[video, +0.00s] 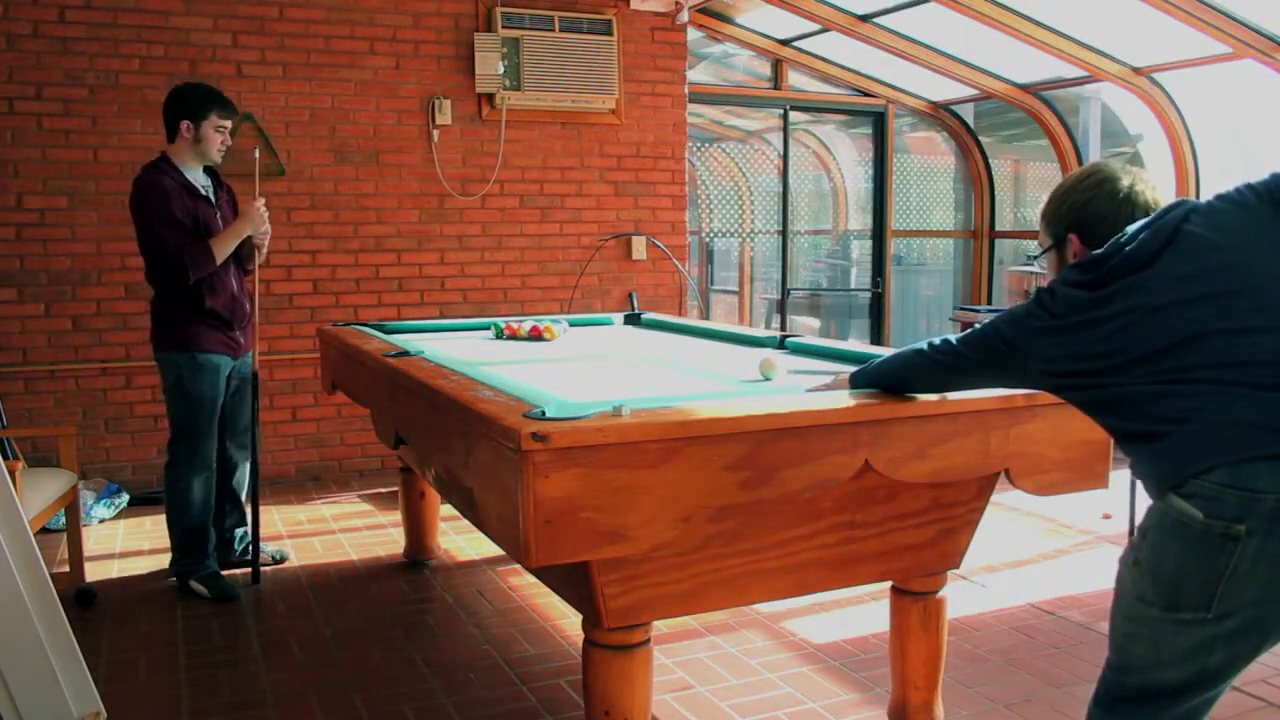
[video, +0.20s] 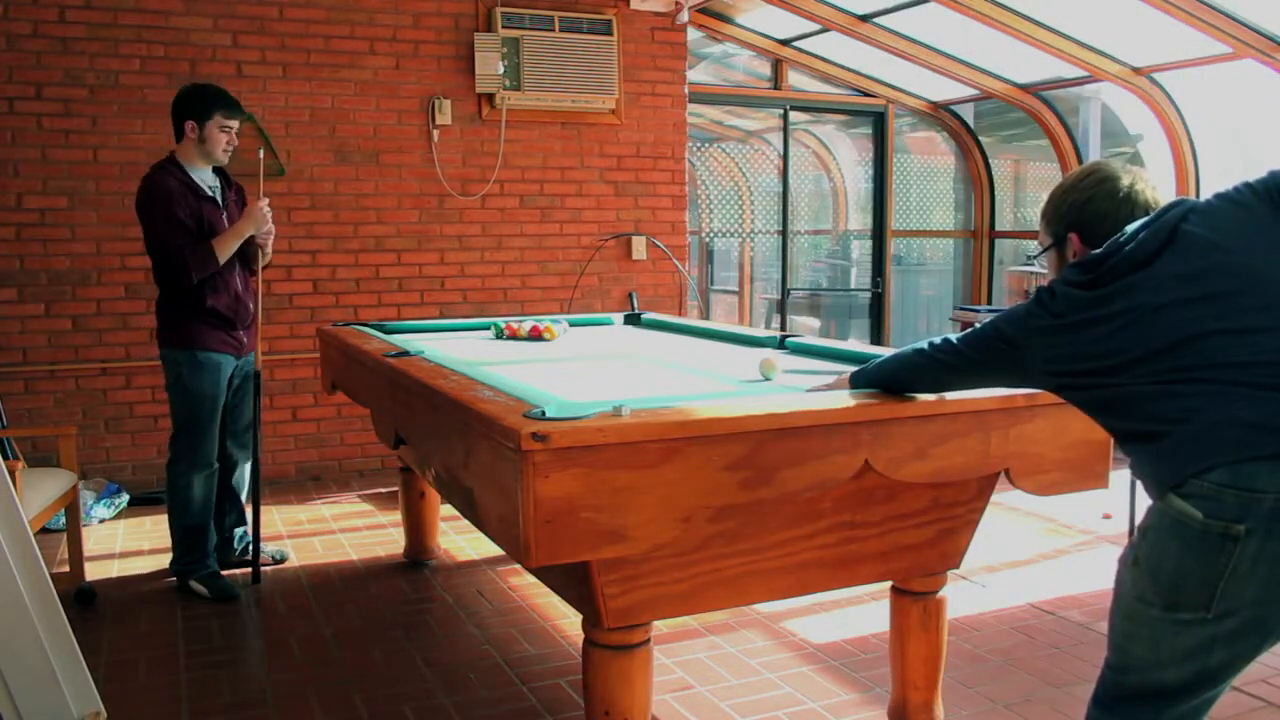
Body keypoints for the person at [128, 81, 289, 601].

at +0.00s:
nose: (229, 140)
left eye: (230, 131)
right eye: (220, 129)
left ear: (208, 134)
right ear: (186, 129)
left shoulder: (219, 188)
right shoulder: (155, 185)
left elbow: (238, 265)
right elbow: (182, 267)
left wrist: (257, 245)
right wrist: (240, 227)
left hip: (234, 339)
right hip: (191, 342)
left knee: (234, 452)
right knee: (195, 457)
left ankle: (231, 545)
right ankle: (193, 565)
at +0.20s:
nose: (234, 139)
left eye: (237, 130)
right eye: (225, 129)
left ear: (231, 134)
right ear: (191, 129)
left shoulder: (229, 189)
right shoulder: (161, 185)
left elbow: (246, 265)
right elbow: (186, 268)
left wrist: (263, 245)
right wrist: (243, 227)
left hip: (238, 340)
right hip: (195, 342)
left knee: (236, 453)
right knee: (197, 458)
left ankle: (230, 545)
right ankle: (193, 564)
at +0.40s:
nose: (240, 140)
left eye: (243, 131)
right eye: (231, 130)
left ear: (240, 136)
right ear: (198, 130)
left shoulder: (237, 190)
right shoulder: (166, 186)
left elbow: (255, 267)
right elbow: (188, 267)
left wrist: (266, 248)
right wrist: (244, 227)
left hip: (240, 341)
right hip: (197, 342)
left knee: (237, 453)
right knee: (198, 458)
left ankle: (231, 545)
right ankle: (194, 565)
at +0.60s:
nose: (246, 142)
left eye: (250, 133)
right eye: (237, 131)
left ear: (250, 138)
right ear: (205, 130)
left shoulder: (240, 187)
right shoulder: (170, 188)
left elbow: (266, 266)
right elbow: (189, 268)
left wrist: (271, 250)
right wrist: (242, 227)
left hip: (247, 340)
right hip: (201, 342)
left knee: (238, 452)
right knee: (199, 457)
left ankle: (230, 545)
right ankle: (193, 565)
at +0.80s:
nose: (250, 143)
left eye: (255, 134)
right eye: (242, 132)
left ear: (253, 139)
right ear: (210, 131)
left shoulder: (245, 188)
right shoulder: (174, 188)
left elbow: (270, 268)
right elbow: (193, 264)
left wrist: (272, 248)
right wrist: (244, 226)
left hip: (252, 340)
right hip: (205, 342)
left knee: (239, 452)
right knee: (200, 457)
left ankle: (230, 545)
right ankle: (192, 565)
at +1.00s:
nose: (252, 143)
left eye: (255, 135)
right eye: (244, 133)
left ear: (252, 139)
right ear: (211, 131)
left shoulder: (244, 189)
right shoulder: (176, 187)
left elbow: (268, 268)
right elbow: (198, 263)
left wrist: (274, 248)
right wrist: (251, 226)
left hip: (251, 340)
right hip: (207, 342)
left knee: (241, 452)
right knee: (203, 456)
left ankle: (230, 544)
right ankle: (192, 564)